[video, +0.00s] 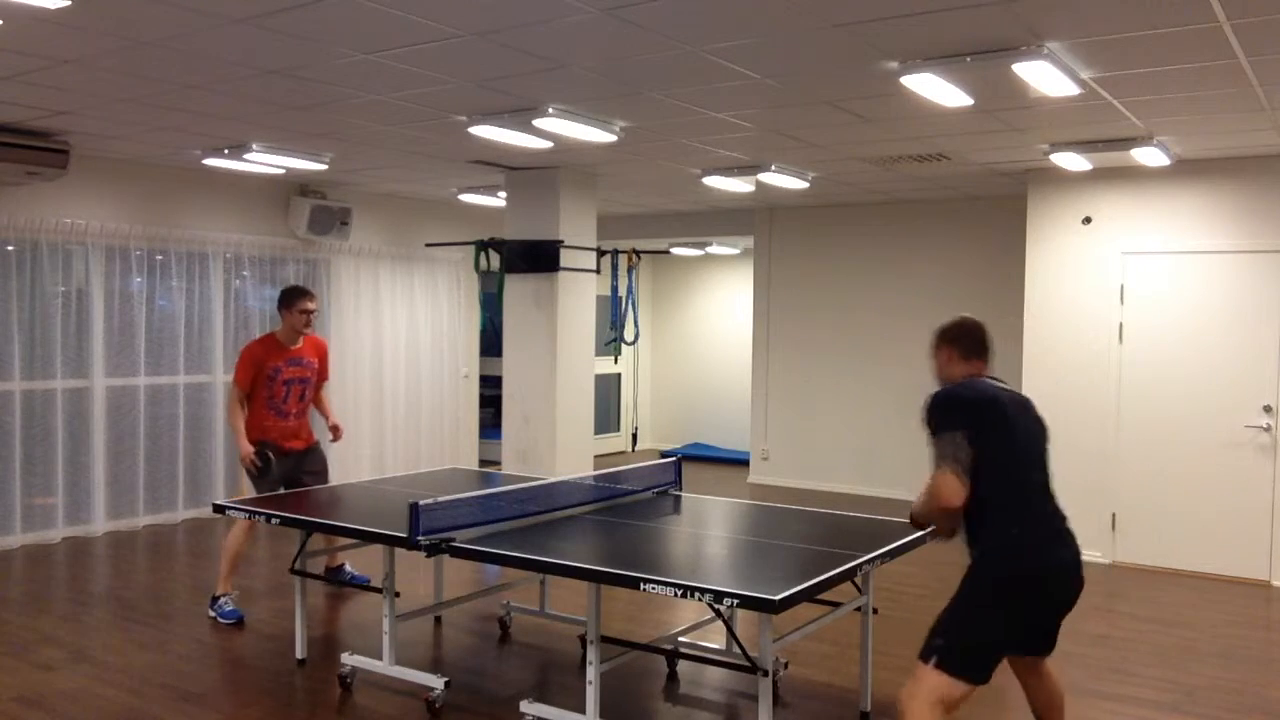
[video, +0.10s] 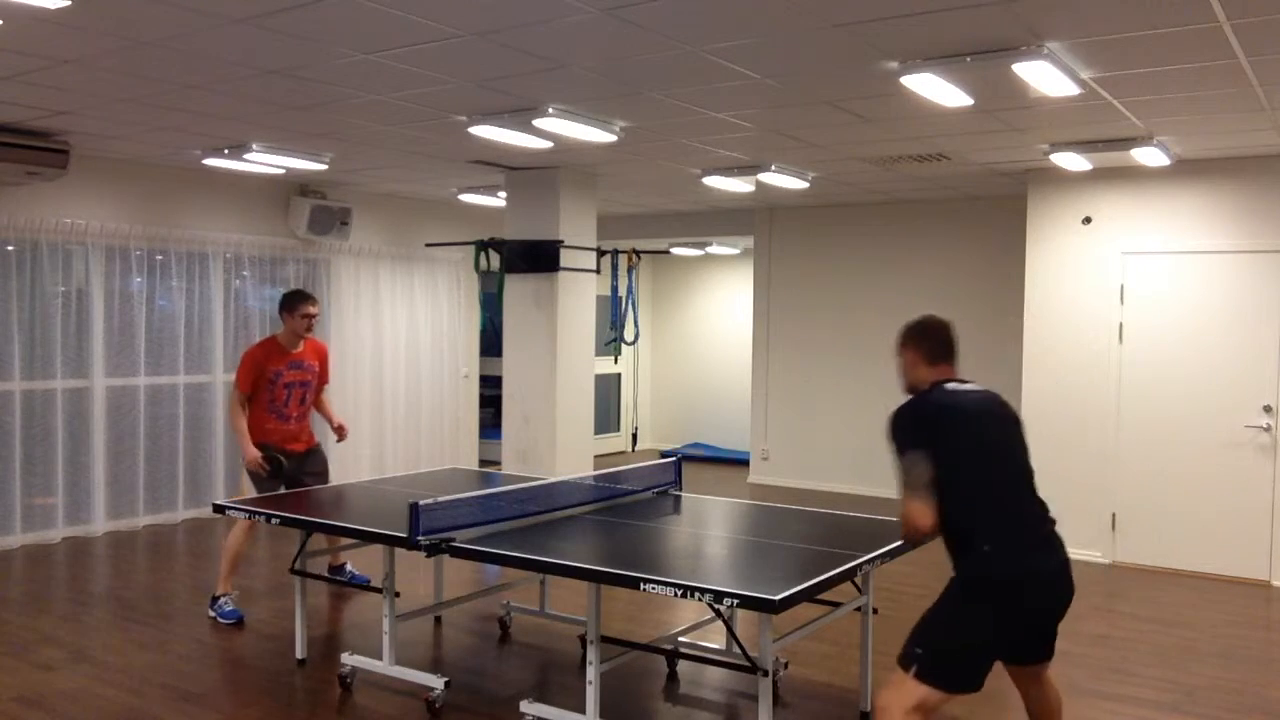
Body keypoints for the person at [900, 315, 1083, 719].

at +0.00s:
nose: (937, 369)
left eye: (938, 359)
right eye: (937, 359)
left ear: (949, 356)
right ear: (983, 357)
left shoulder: (952, 399)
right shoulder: (1021, 404)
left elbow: (950, 495)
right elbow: (1019, 487)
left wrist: (924, 514)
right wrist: (960, 513)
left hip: (1008, 568)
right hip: (1061, 564)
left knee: (923, 699)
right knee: (1029, 661)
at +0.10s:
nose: (901, 369)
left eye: (902, 359)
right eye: (901, 359)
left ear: (914, 357)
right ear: (952, 358)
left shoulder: (914, 415)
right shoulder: (995, 403)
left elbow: (922, 522)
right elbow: (1012, 487)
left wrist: (910, 528)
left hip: (988, 583)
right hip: (1049, 571)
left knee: (898, 702)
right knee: (1032, 675)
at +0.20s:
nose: (878, 373)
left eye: (877, 363)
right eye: (875, 364)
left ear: (891, 363)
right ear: (931, 358)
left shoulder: (892, 429)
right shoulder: (993, 406)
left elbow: (902, 544)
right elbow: (1063, 483)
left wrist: (926, 542)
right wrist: (1047, 520)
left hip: (979, 588)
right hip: (1044, 575)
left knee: (884, 706)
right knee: (1022, 670)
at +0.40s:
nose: (887, 357)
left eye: (887, 347)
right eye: (887, 348)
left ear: (901, 348)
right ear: (943, 345)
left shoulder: (894, 417)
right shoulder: (1005, 393)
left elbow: (902, 531)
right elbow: (1063, 482)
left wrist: (934, 502)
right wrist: (1008, 505)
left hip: (976, 576)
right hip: (1048, 567)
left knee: (905, 701)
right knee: (1027, 666)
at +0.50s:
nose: (899, 356)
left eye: (900, 344)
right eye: (899, 345)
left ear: (915, 346)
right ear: (956, 345)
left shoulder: (906, 410)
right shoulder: (1011, 392)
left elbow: (908, 518)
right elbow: (1052, 490)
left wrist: (949, 482)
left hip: (988, 570)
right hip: (1057, 562)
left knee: (913, 700)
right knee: (1030, 667)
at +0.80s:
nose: (907, 362)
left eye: (906, 351)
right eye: (907, 351)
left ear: (920, 349)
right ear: (962, 348)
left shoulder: (918, 408)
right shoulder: (1012, 393)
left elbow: (924, 526)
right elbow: (1047, 491)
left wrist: (903, 513)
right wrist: (953, 531)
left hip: (1001, 568)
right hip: (1065, 560)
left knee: (916, 700)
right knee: (1028, 668)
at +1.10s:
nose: (876, 362)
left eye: (875, 351)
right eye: (877, 353)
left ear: (885, 349)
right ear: (931, 348)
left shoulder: (879, 415)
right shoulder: (977, 402)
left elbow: (885, 538)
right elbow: (989, 496)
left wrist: (875, 539)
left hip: (963, 588)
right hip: (1031, 575)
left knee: (868, 708)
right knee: (1036, 690)